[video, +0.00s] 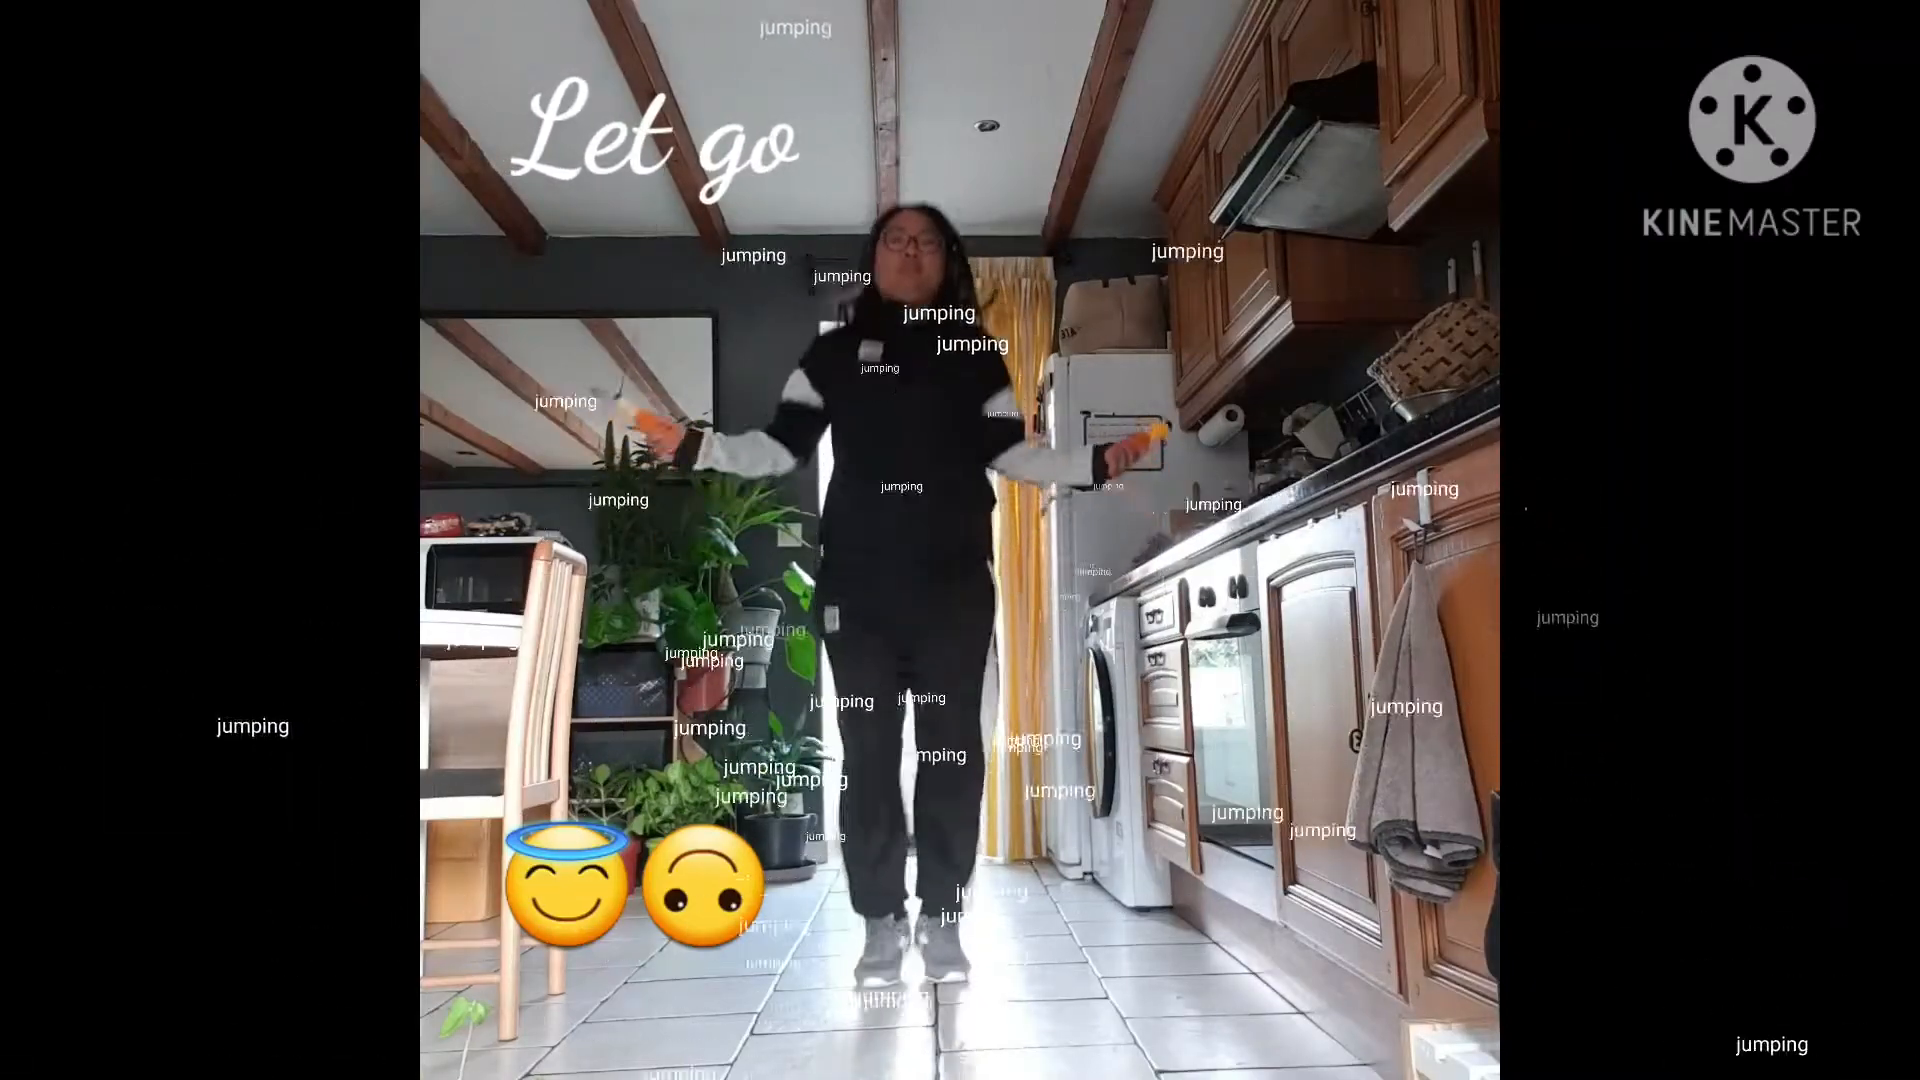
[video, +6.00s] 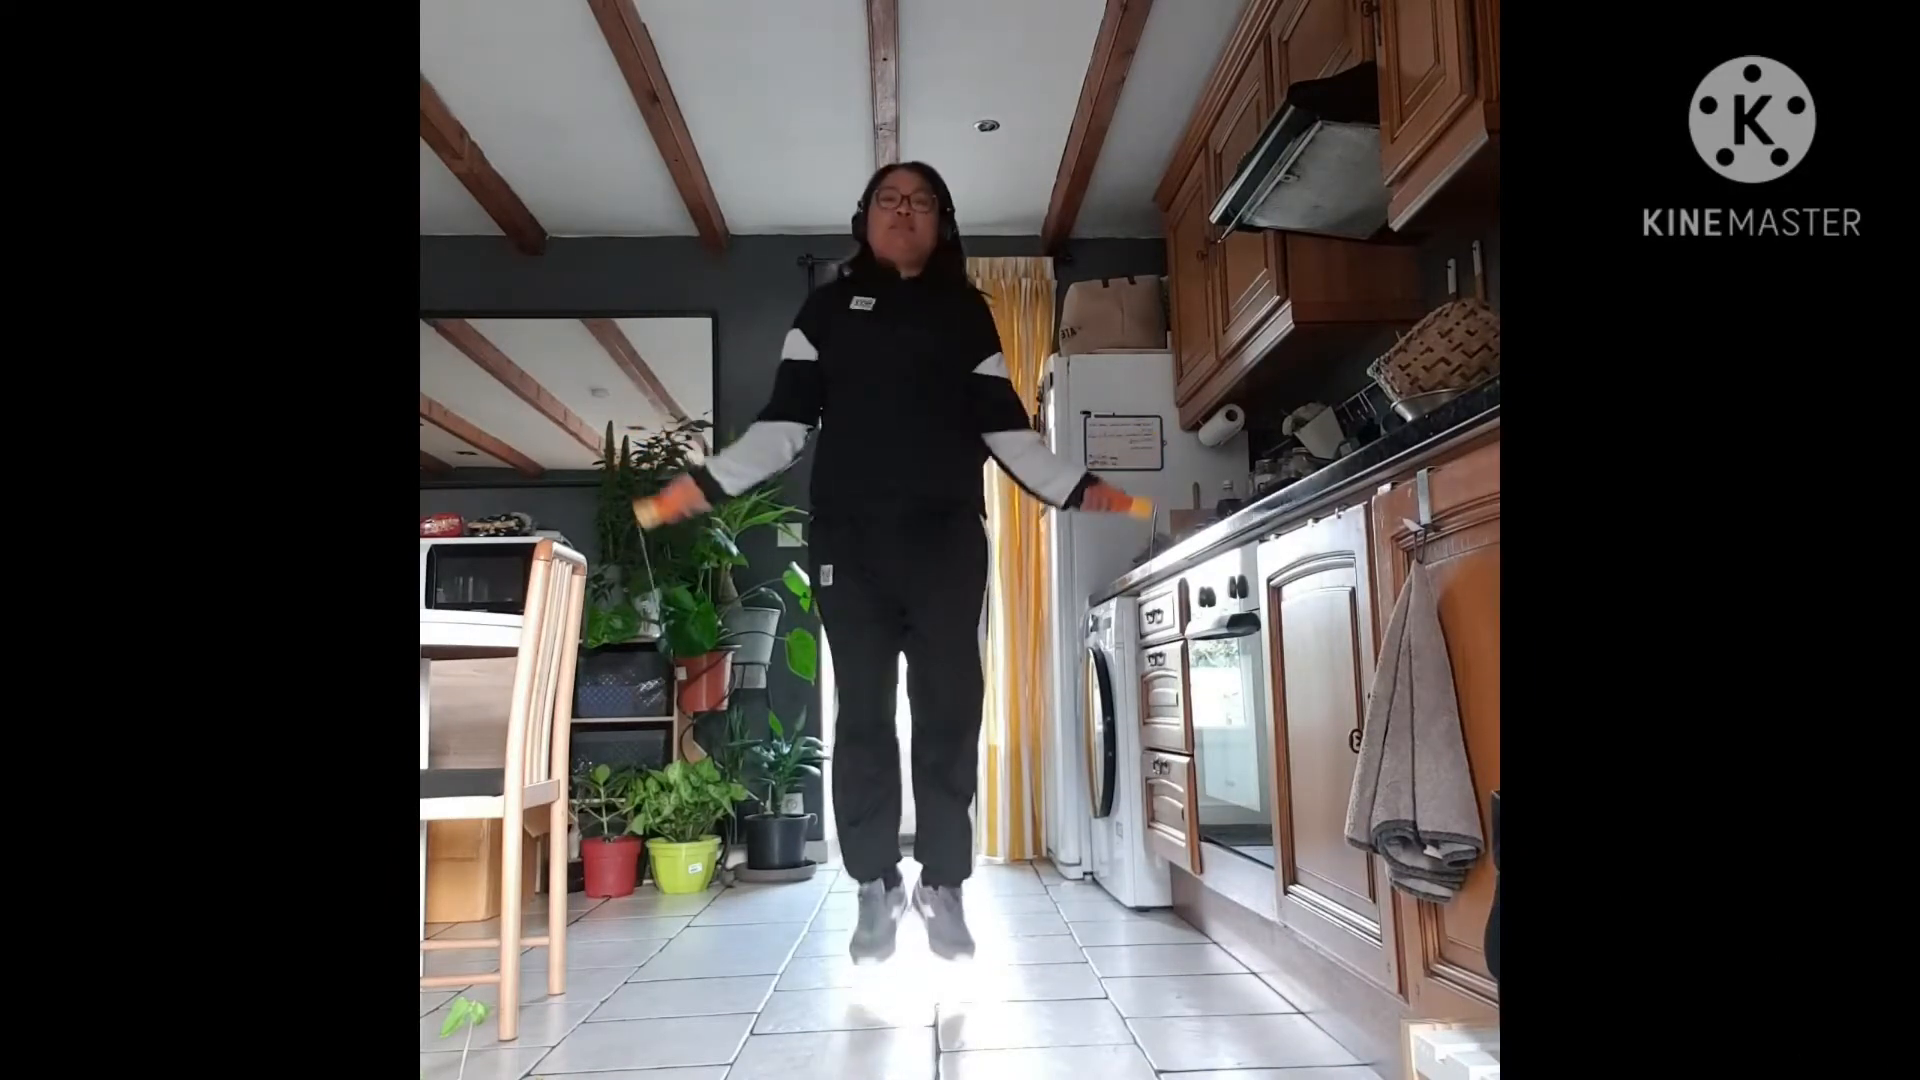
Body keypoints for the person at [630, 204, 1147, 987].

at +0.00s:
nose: (908, 249)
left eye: (925, 240)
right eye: (894, 240)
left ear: (950, 266)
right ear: (870, 263)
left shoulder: (973, 350)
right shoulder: (835, 350)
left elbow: (1009, 454)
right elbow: (780, 447)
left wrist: (1099, 463)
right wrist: (694, 444)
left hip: (954, 575)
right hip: (861, 573)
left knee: (952, 748)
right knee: (869, 753)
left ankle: (942, 915)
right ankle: (880, 923)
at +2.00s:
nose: (909, 220)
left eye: (925, 208)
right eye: (893, 208)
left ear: (948, 232)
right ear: (869, 231)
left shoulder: (971, 319)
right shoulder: (834, 316)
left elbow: (1011, 432)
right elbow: (792, 428)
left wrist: (1079, 494)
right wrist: (718, 488)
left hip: (951, 554)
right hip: (857, 554)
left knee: (949, 725)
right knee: (868, 725)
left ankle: (945, 891)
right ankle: (877, 893)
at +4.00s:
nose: (907, 268)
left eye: (922, 258)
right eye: (893, 257)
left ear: (946, 281)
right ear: (868, 279)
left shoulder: (970, 370)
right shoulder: (833, 367)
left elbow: (1005, 469)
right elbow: (777, 465)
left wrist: (1084, 467)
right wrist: (706, 447)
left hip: (953, 597)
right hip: (857, 595)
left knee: (950, 766)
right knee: (868, 767)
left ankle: (942, 927)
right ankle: (883, 929)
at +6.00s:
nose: (902, 211)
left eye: (918, 201)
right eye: (888, 200)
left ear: (943, 225)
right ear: (864, 222)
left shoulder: (965, 311)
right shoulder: (828, 308)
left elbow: (1004, 425)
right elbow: (786, 422)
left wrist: (1074, 487)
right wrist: (705, 481)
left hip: (947, 540)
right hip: (850, 538)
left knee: (949, 713)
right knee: (863, 714)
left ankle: (943, 885)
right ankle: (875, 887)